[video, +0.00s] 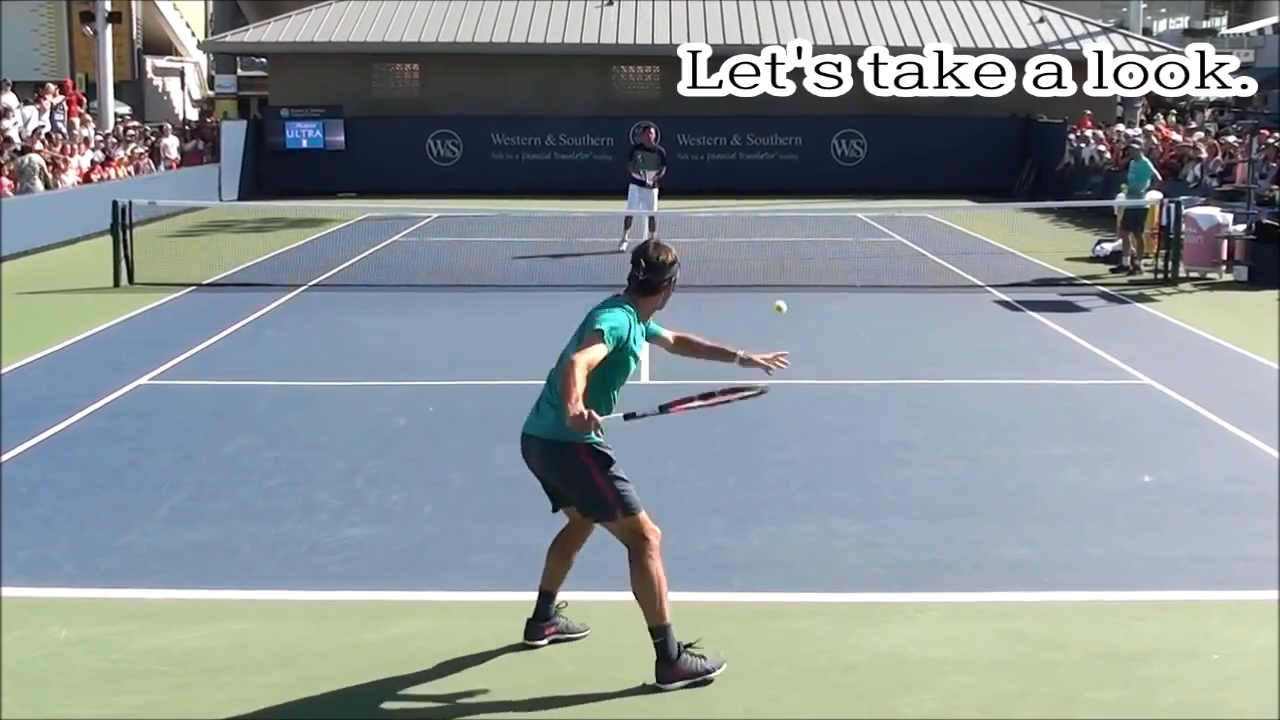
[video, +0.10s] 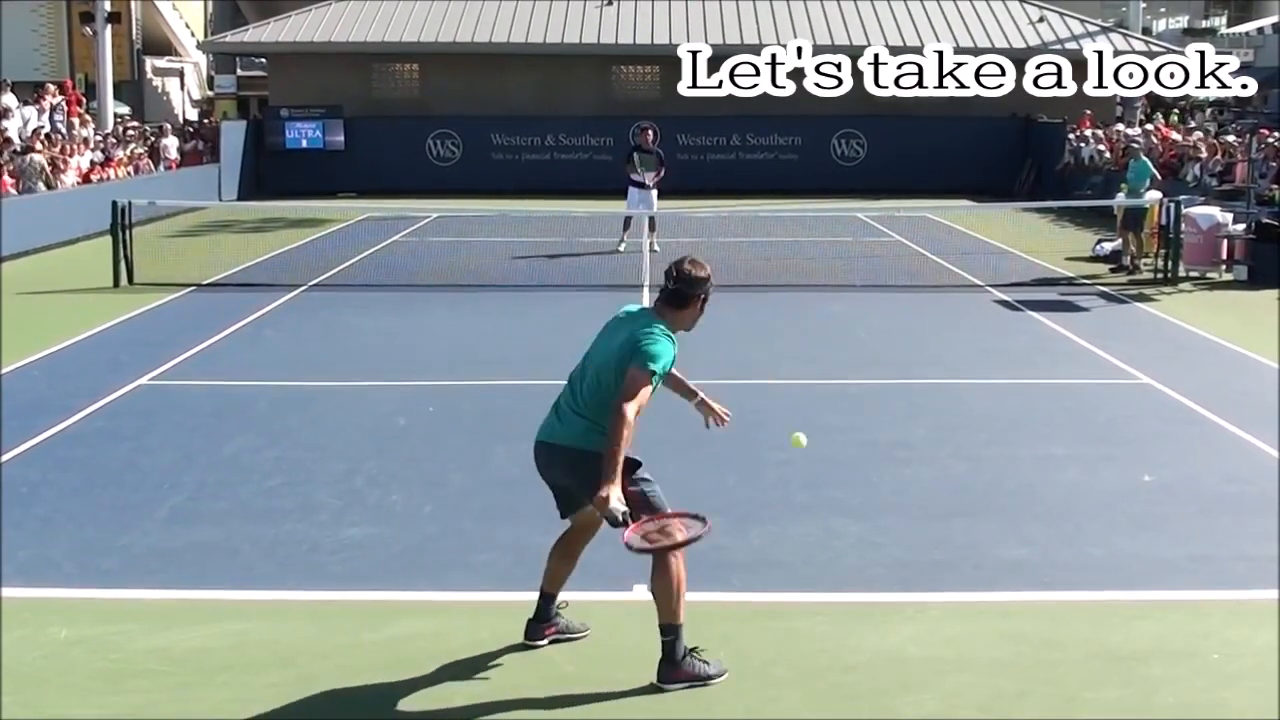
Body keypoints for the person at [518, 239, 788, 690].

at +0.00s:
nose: (672, 294)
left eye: (671, 286)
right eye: (673, 287)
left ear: (634, 278)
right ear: (665, 290)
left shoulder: (629, 318)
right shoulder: (618, 319)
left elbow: (677, 343)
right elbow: (577, 360)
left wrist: (743, 357)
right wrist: (574, 405)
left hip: (542, 440)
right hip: (572, 444)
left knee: (580, 521)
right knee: (644, 537)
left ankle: (542, 618)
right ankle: (670, 659)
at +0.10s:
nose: (703, 312)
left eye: (703, 304)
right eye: (705, 305)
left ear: (665, 294)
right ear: (696, 306)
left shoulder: (630, 314)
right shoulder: (658, 344)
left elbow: (655, 368)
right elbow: (626, 411)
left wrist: (696, 397)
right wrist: (613, 481)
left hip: (552, 446)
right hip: (592, 455)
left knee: (586, 519)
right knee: (668, 538)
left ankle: (542, 619)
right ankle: (675, 659)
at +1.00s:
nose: (601, 233)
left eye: (585, 224)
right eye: (613, 226)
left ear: (573, 230)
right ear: (618, 233)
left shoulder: (543, 284)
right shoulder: (642, 287)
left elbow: (510, 361)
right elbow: (661, 369)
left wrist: (524, 341)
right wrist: (615, 372)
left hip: (559, 442)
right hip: (623, 437)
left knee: (542, 561)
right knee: (657, 551)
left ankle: (525, 688)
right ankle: (683, 658)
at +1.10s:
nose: (600, 230)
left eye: (581, 222)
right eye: (609, 223)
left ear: (569, 228)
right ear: (615, 230)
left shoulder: (540, 280)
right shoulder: (640, 284)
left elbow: (508, 360)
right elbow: (666, 371)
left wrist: (533, 370)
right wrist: (622, 391)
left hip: (559, 439)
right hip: (622, 435)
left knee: (530, 560)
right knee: (657, 553)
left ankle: (505, 687)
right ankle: (679, 676)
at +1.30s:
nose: (598, 269)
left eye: (576, 263)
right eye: (607, 261)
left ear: (569, 269)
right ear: (615, 269)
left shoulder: (544, 324)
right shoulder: (647, 324)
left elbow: (524, 410)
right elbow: (671, 409)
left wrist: (556, 415)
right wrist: (633, 438)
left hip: (565, 477)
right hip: (633, 473)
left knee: (520, 588)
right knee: (664, 564)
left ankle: (492, 699)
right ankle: (678, 679)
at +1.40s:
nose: (585, 265)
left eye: (582, 258)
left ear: (584, 264)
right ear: (628, 262)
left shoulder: (573, 314)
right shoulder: (668, 314)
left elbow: (552, 401)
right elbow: (685, 403)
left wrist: (556, 399)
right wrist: (638, 406)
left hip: (604, 472)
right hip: (667, 466)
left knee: (552, 586)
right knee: (663, 562)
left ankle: (507, 697)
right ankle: (687, 685)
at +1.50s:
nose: (600, 266)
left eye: (601, 259)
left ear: (603, 262)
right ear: (647, 261)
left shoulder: (606, 310)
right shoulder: (681, 312)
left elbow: (586, 397)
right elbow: (678, 403)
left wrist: (567, 392)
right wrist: (618, 436)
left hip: (645, 470)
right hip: (694, 465)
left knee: (589, 579)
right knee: (671, 570)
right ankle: (688, 695)